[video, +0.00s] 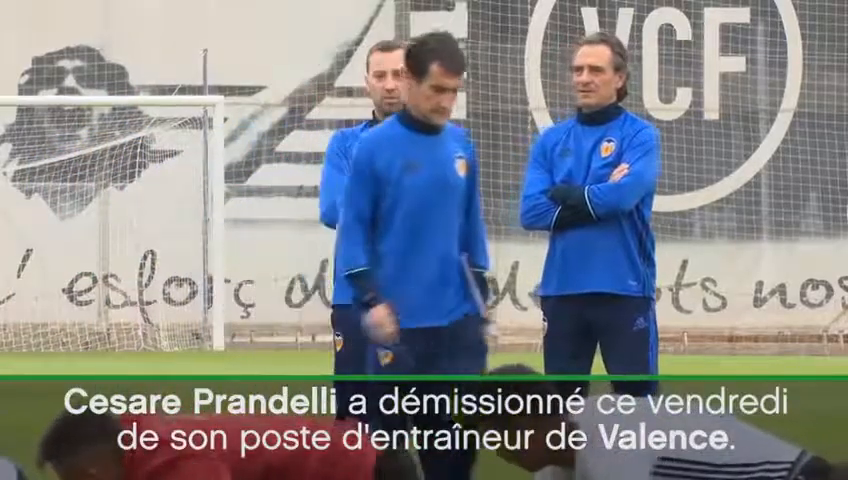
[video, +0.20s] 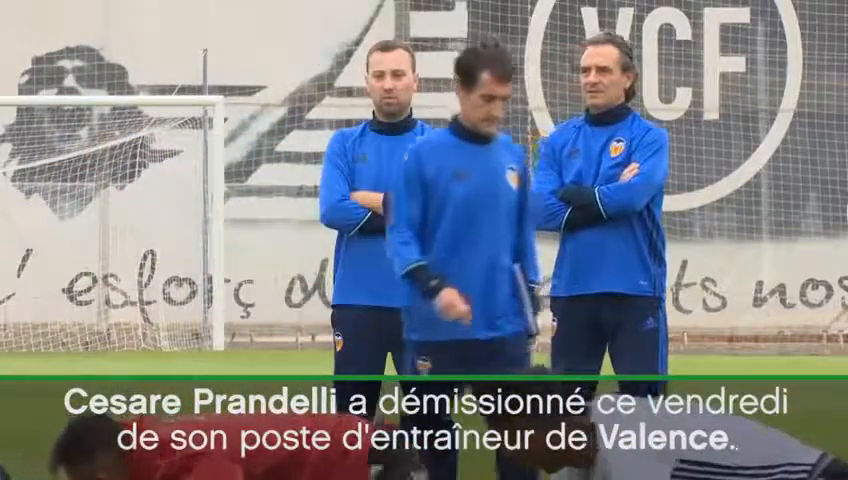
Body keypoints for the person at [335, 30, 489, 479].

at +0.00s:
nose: (447, 102)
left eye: (454, 91)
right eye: (438, 90)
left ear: (459, 88)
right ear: (408, 83)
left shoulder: (459, 143)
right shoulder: (372, 147)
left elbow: (472, 226)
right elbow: (351, 232)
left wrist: (481, 294)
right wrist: (371, 300)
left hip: (458, 317)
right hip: (396, 323)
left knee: (457, 440)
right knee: (391, 441)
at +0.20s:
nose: (496, 111)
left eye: (503, 100)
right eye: (486, 99)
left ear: (510, 95)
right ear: (459, 91)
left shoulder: (513, 155)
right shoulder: (422, 155)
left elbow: (523, 236)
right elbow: (400, 236)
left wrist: (536, 305)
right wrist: (434, 286)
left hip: (505, 327)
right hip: (438, 329)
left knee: (517, 443)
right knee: (436, 444)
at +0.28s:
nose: (519, 111)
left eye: (526, 101)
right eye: (510, 100)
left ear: (533, 97)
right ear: (482, 94)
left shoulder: (538, 161)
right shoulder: (445, 159)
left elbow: (547, 249)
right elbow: (420, 239)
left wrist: (562, 318)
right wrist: (448, 296)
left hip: (530, 329)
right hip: (462, 332)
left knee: (538, 446)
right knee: (446, 444)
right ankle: (445, 477)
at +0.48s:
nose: (569, 100)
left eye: (576, 89)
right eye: (559, 89)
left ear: (584, 87)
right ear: (532, 83)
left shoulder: (589, 147)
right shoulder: (496, 144)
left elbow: (604, 229)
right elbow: (468, 227)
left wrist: (619, 301)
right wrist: (461, 307)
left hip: (580, 313)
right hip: (516, 312)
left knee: (580, 429)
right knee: (545, 421)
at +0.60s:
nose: (595, 100)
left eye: (602, 89)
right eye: (584, 89)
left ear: (610, 89)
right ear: (557, 86)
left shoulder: (619, 150)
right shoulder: (523, 151)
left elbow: (638, 229)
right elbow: (490, 229)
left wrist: (650, 296)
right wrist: (474, 309)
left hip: (604, 317)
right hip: (545, 313)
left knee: (595, 433)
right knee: (570, 424)